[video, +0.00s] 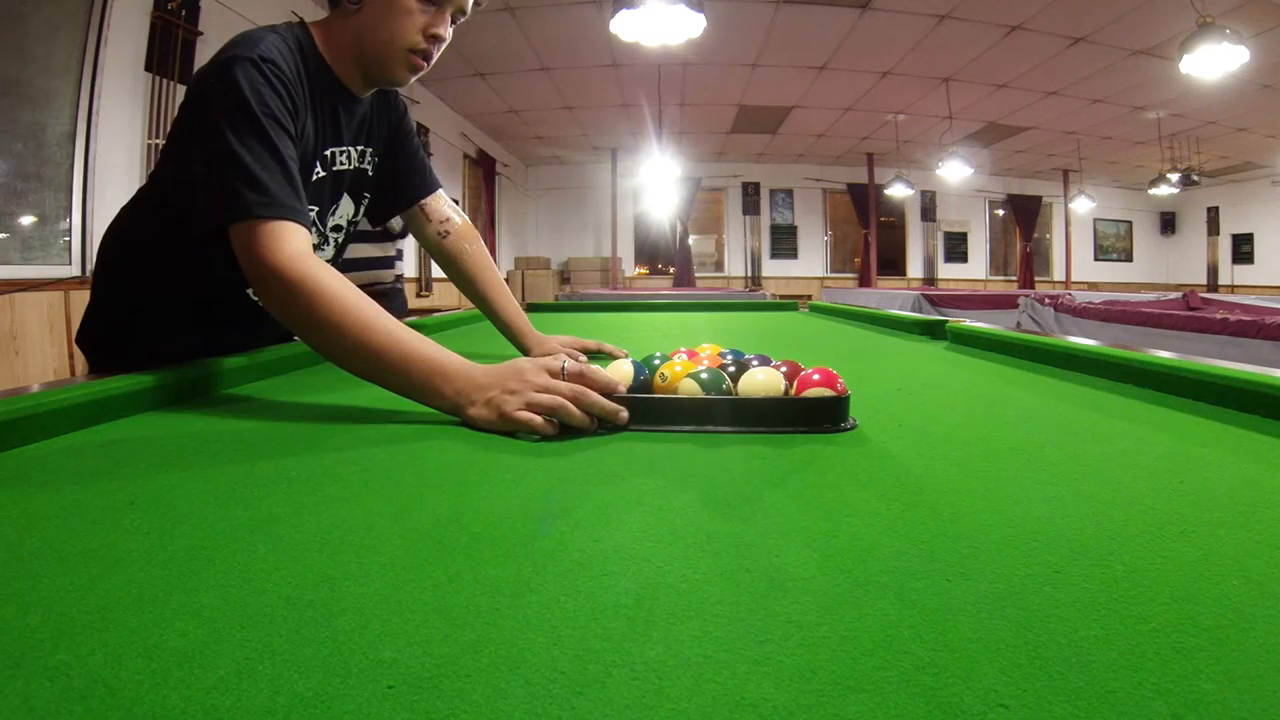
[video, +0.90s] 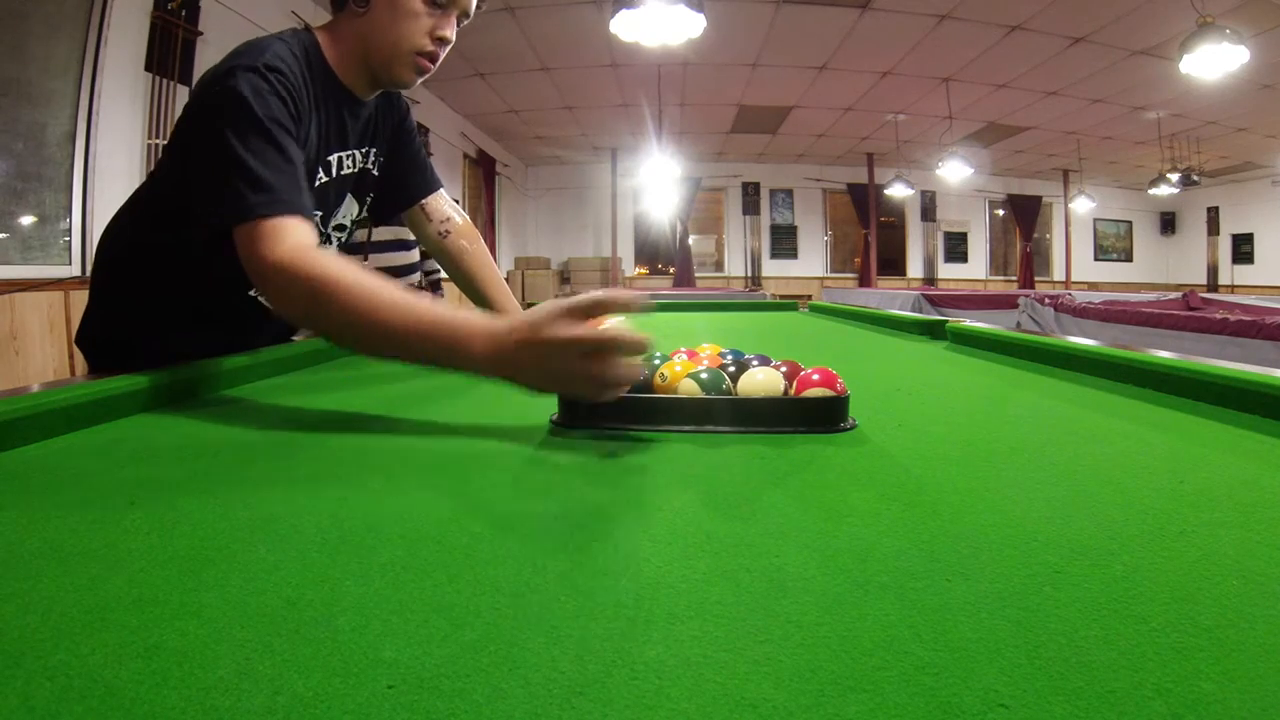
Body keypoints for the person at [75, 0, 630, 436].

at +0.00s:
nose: (442, 34)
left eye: (453, 18)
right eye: (429, 5)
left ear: (454, 26)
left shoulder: (383, 102)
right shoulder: (255, 71)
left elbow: (441, 224)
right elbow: (278, 267)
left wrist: (529, 337)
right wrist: (468, 384)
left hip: (263, 336)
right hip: (152, 342)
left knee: (243, 527)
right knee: (140, 537)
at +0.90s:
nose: (450, 35)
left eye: (458, 21)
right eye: (438, 6)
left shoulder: (386, 110)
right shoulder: (259, 81)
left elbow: (447, 225)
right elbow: (283, 266)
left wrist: (517, 329)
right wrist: (496, 347)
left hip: (258, 333)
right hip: (150, 334)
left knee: (243, 513)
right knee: (141, 522)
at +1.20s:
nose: (456, 42)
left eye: (466, 28)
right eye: (444, 14)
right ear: (367, 2)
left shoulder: (389, 110)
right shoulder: (274, 78)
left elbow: (448, 228)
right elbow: (335, 226)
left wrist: (524, 330)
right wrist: (588, 307)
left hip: (261, 339)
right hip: (150, 342)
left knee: (253, 524)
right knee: (140, 534)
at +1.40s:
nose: (457, 48)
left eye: (467, 33)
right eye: (446, 17)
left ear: (449, 41)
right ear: (376, 1)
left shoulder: (387, 112)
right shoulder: (280, 76)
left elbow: (449, 227)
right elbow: (312, 232)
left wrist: (523, 330)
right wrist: (569, 301)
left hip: (255, 337)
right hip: (149, 338)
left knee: (238, 524)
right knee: (133, 534)